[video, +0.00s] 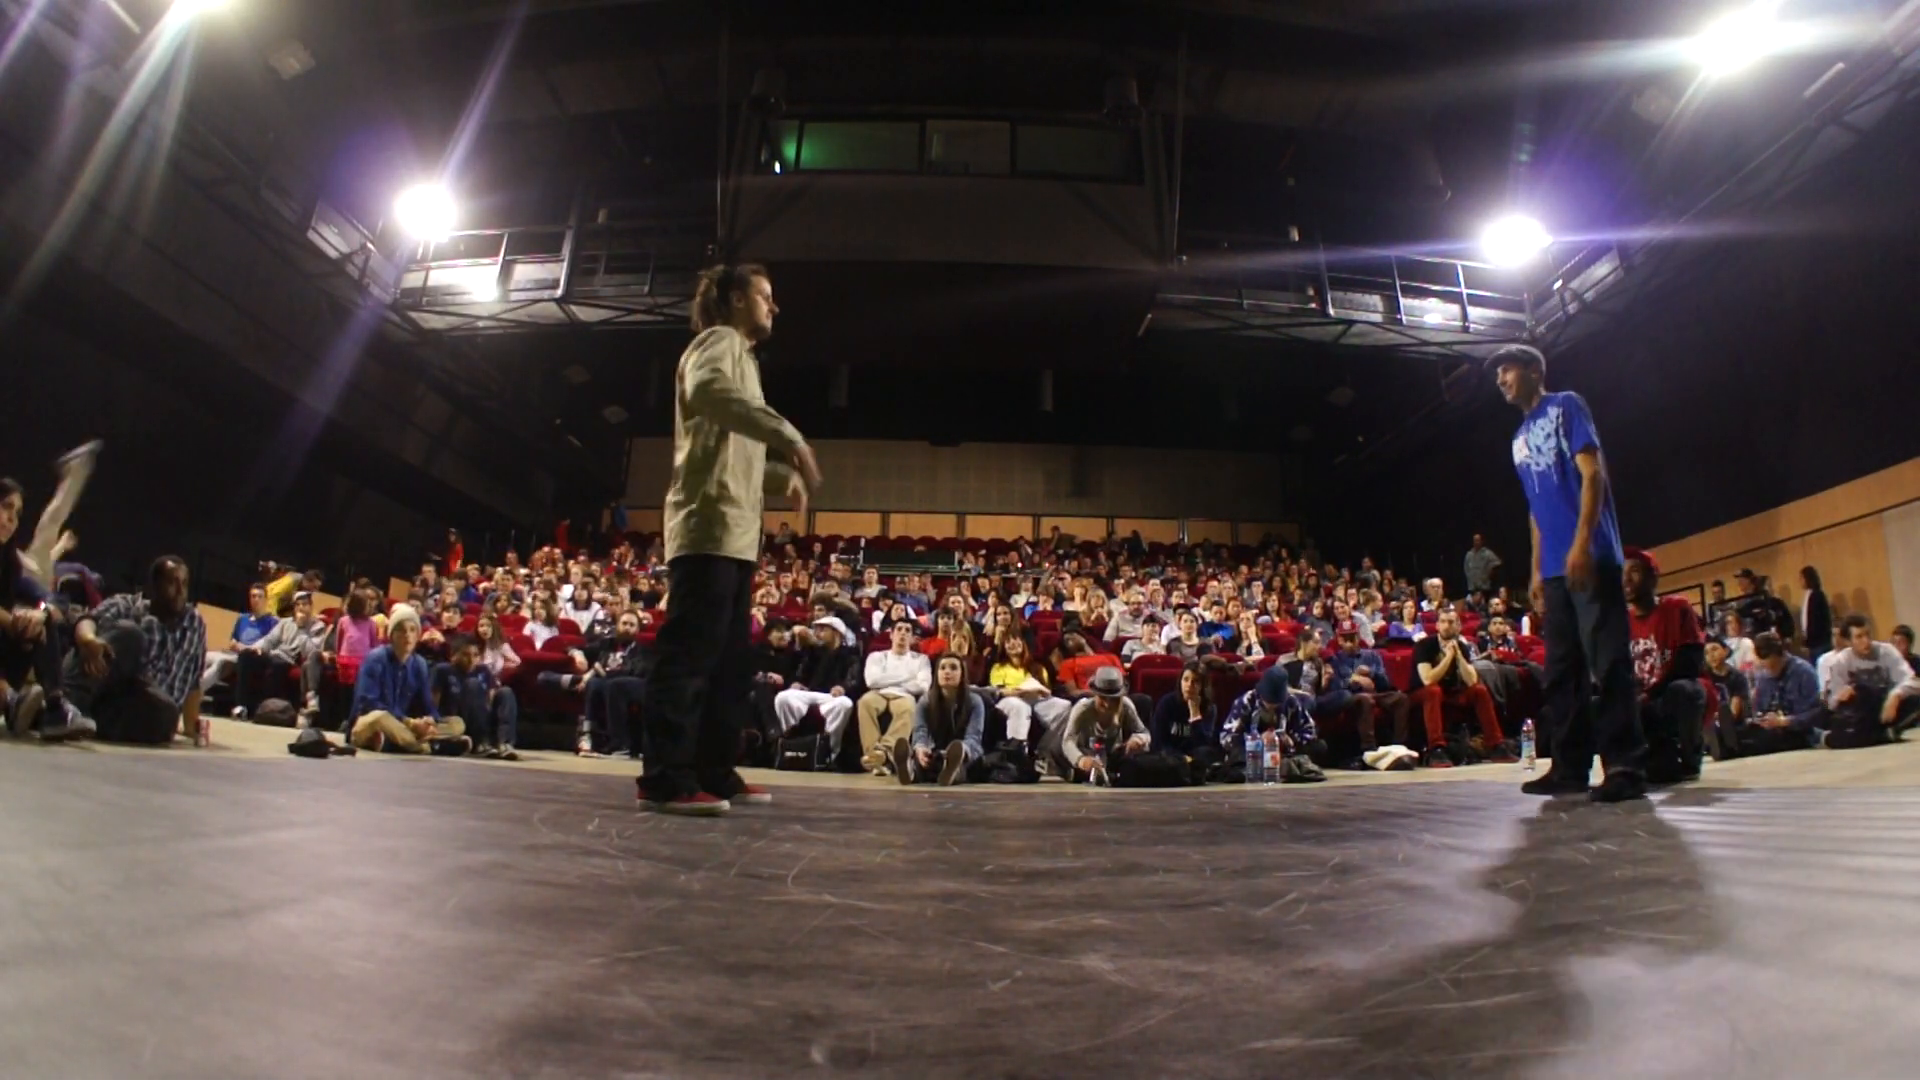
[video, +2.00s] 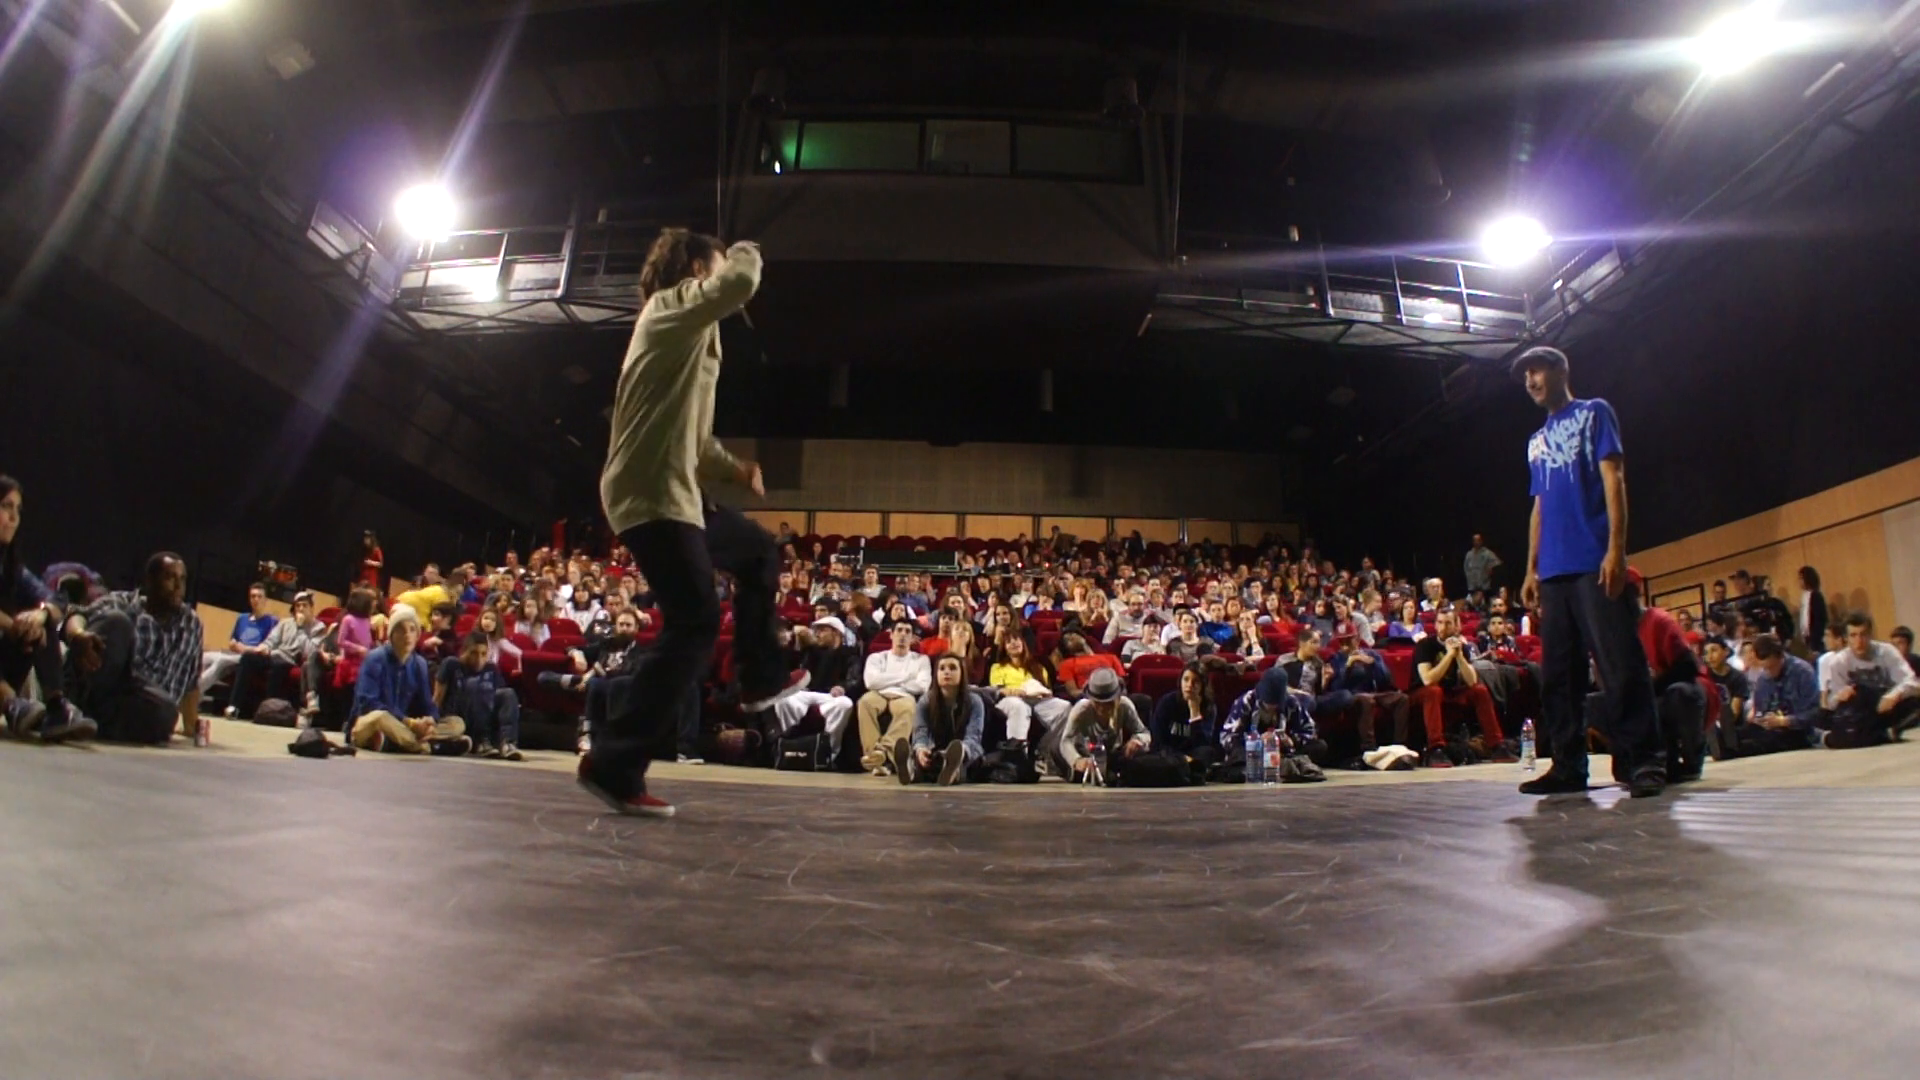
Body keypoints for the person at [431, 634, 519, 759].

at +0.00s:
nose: (471, 660)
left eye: (475, 656)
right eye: (467, 655)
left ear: (479, 657)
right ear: (457, 656)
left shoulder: (483, 671)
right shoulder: (443, 671)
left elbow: (491, 690)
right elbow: (436, 696)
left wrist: (488, 708)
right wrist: (435, 719)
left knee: (506, 692)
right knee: (472, 684)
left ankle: (505, 743)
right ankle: (482, 742)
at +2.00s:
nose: (479, 659)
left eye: (483, 654)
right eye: (474, 654)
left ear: (488, 654)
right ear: (466, 652)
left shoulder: (491, 668)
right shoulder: (451, 665)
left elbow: (501, 692)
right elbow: (438, 697)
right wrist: (432, 722)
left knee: (508, 694)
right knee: (473, 686)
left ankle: (508, 743)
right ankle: (482, 741)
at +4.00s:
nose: (478, 659)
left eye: (483, 654)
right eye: (474, 653)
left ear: (487, 654)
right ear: (465, 653)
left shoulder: (491, 669)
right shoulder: (451, 665)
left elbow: (500, 693)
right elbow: (438, 697)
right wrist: (429, 720)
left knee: (510, 694)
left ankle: (508, 743)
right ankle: (483, 742)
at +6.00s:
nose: (478, 660)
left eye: (483, 655)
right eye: (473, 655)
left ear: (487, 655)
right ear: (464, 654)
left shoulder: (491, 669)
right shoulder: (450, 665)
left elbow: (495, 697)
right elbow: (438, 698)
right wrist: (429, 722)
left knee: (510, 695)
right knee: (470, 688)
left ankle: (508, 743)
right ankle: (483, 741)